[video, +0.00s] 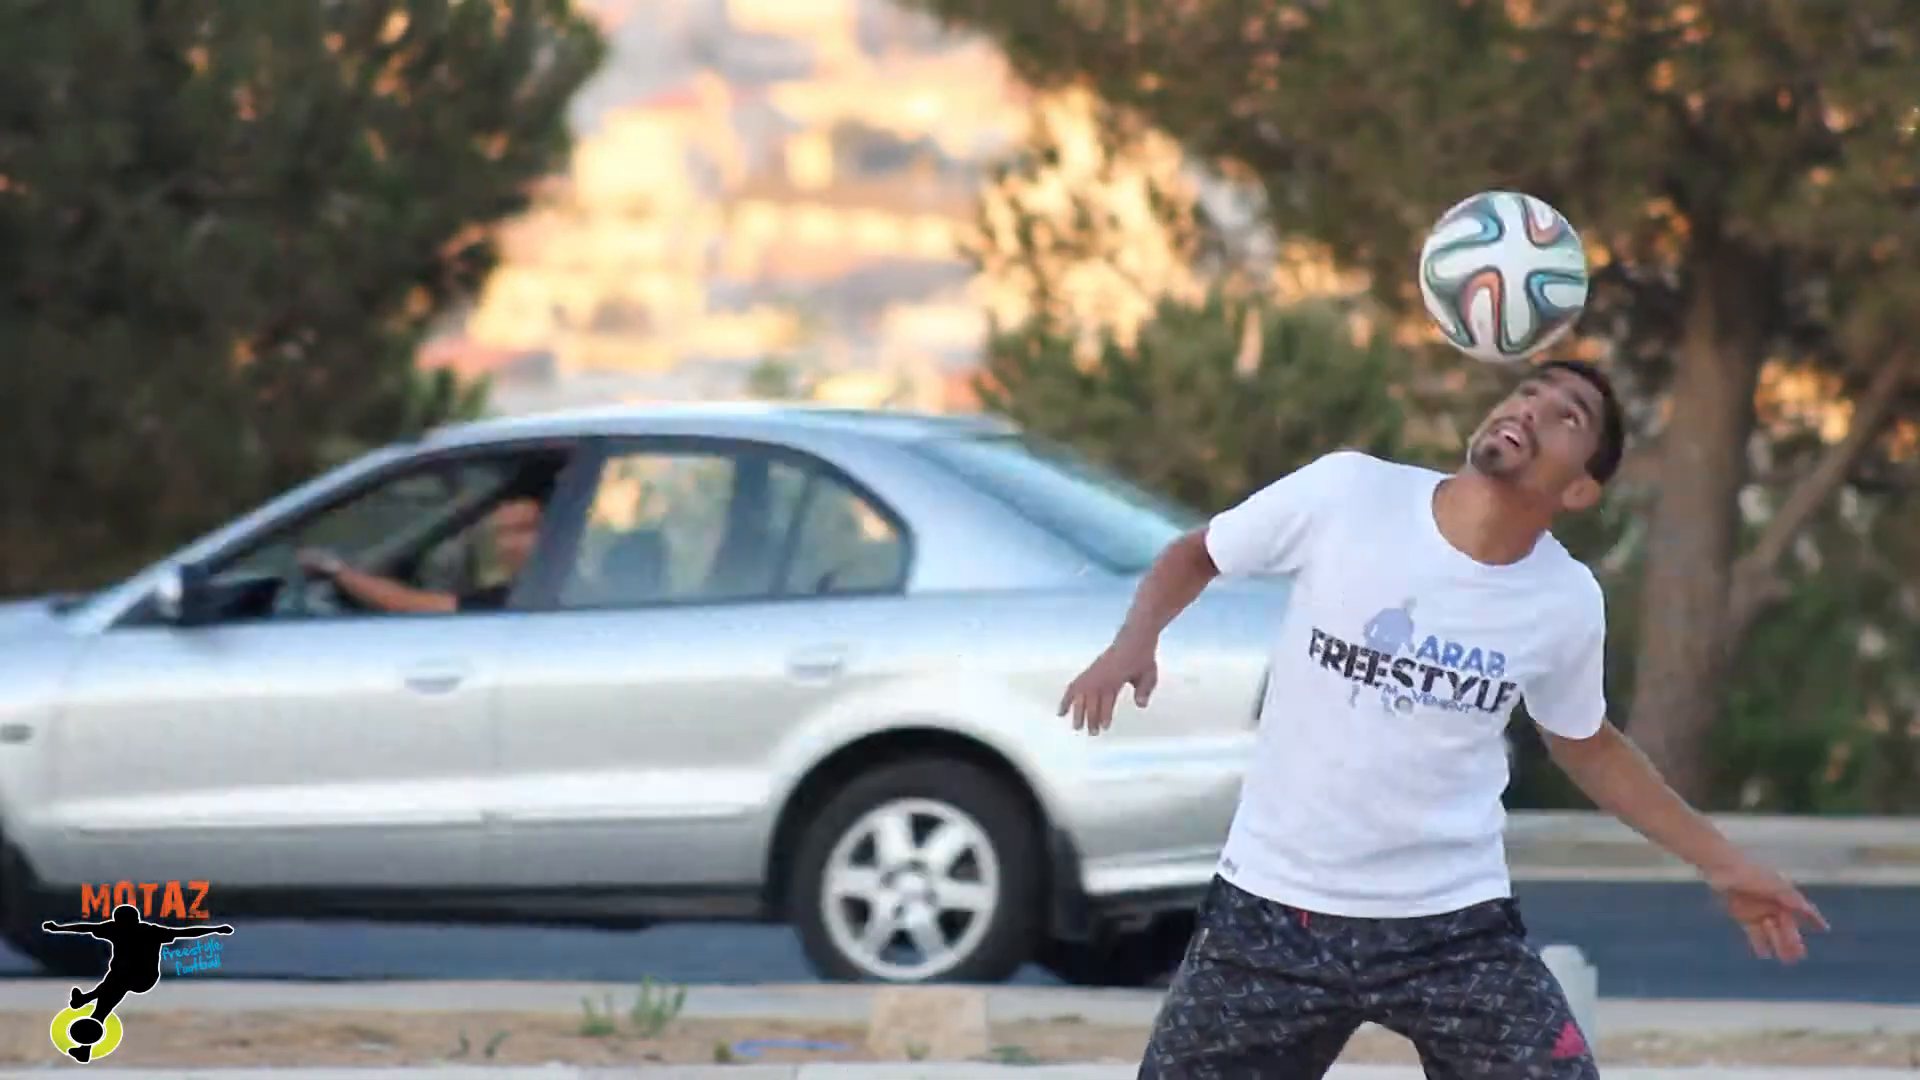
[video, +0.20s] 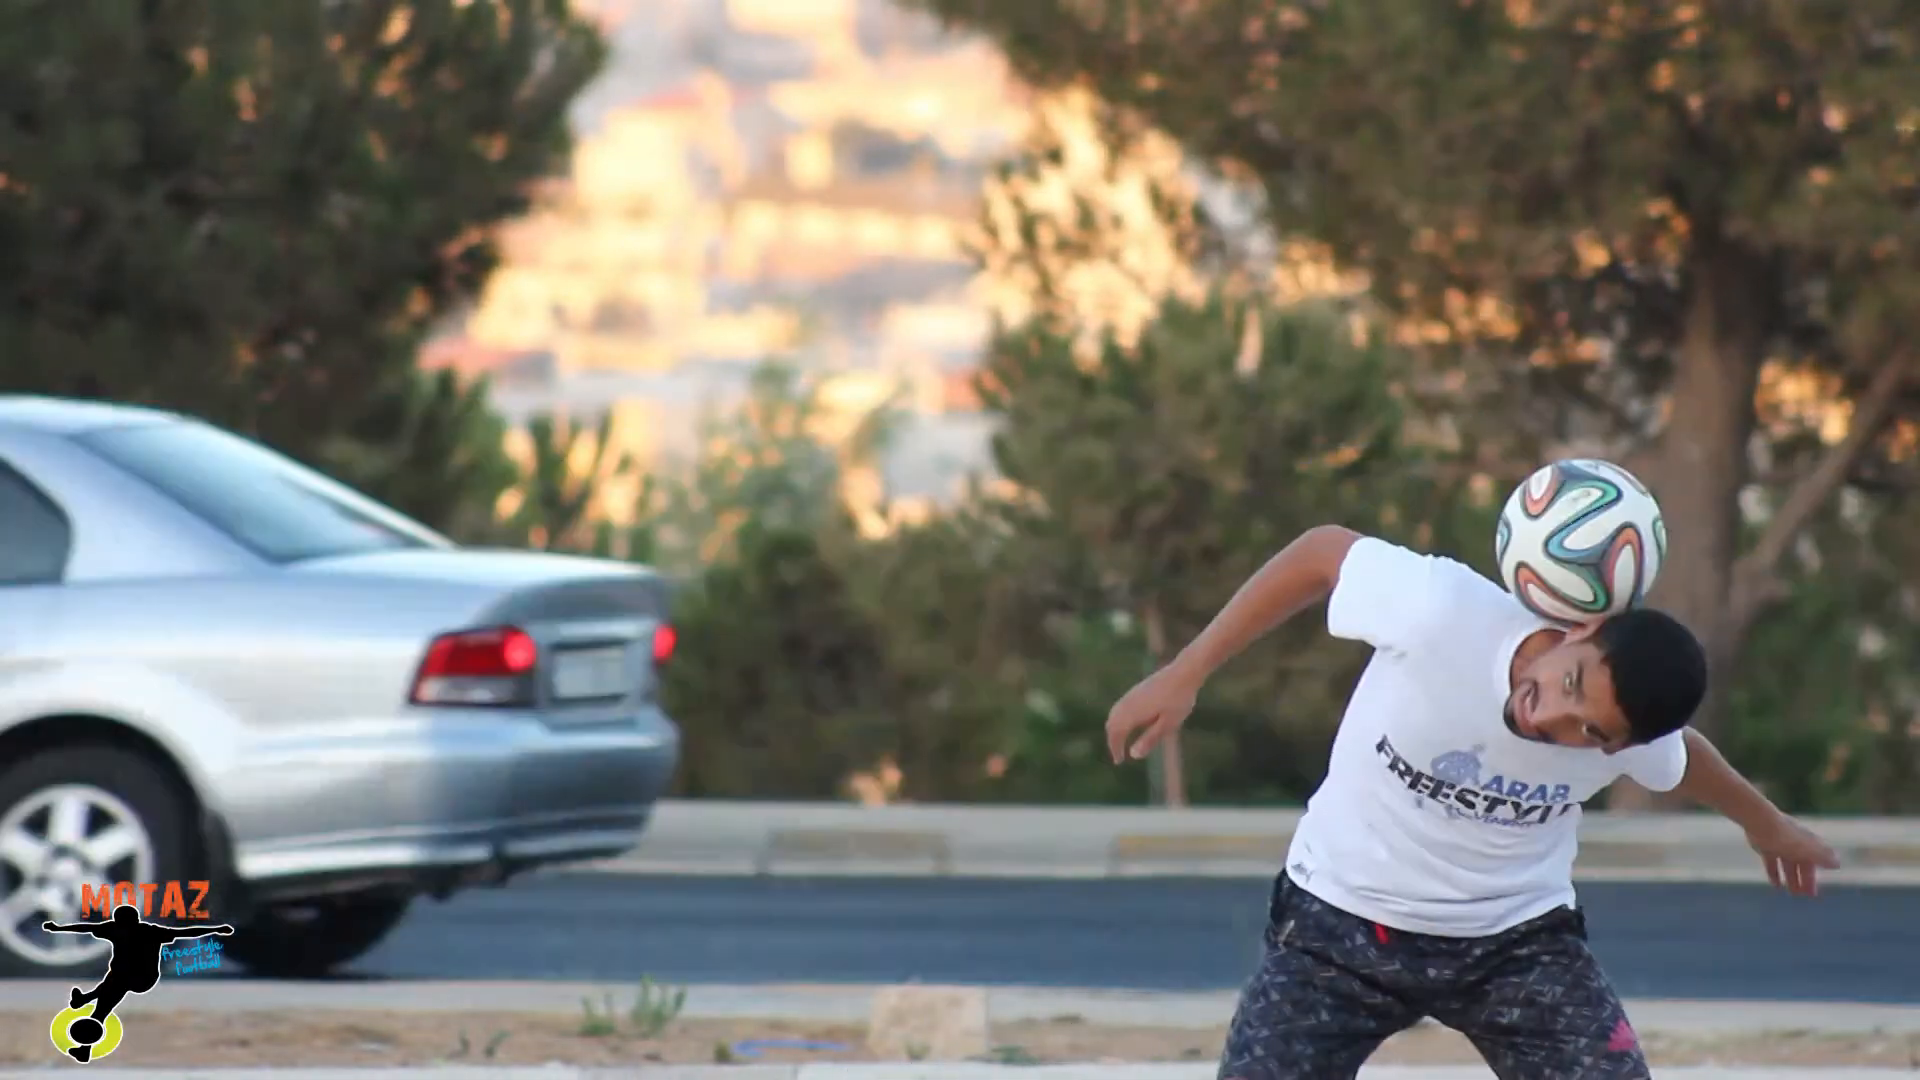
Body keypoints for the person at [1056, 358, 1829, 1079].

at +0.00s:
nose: (1528, 411)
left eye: (1565, 419)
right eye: (1523, 395)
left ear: (1578, 495)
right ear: (1478, 424)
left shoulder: (1567, 603)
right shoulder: (1344, 493)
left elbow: (1590, 744)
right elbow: (1197, 555)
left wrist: (1722, 863)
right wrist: (1135, 635)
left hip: (1457, 939)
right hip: (1270, 926)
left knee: (1558, 1068)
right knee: (1177, 1069)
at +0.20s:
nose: (1552, 715)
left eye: (1587, 731)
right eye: (1570, 684)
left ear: (1620, 740)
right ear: (1579, 630)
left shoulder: (1619, 730)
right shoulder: (1439, 609)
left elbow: (1681, 758)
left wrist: (1768, 824)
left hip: (1520, 954)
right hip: (1335, 941)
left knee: (1614, 1070)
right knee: (1255, 1069)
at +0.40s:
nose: (1469, 705)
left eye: (1467, 685)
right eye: (1441, 710)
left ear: (1464, 603)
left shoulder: (1581, 587)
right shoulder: (1327, 589)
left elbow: (1694, 668)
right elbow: (1231, 630)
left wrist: (1820, 780)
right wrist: (1154, 780)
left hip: (1543, 946)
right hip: (1359, 937)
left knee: (1633, 1072)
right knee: (1301, 1072)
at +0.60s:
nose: (1388, 332)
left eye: (1383, 309)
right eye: (1348, 323)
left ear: (1405, 327)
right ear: (1293, 381)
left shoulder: (1506, 463)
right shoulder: (1253, 505)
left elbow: (1593, 611)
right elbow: (1202, 649)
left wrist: (1709, 721)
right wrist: (1124, 751)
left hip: (1495, 886)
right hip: (1319, 889)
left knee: (1563, 1070)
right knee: (1271, 1070)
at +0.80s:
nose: (1441, 302)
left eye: (1452, 294)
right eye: (1405, 294)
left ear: (1472, 339)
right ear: (1358, 355)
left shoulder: (1538, 499)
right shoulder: (1288, 465)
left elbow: (1549, 666)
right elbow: (1197, 611)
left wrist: (1629, 745)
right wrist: (1156, 697)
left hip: (1459, 898)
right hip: (1287, 884)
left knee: (1523, 1070)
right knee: (1226, 1068)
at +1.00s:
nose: (1541, 412)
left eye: (1575, 427)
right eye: (1539, 393)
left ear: (1573, 499)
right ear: (1491, 412)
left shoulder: (1536, 612)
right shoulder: (1332, 467)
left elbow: (1499, 761)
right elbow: (1179, 542)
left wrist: (1580, 891)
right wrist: (1135, 652)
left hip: (1389, 923)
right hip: (1215, 891)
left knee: (1474, 1073)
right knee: (1151, 1070)